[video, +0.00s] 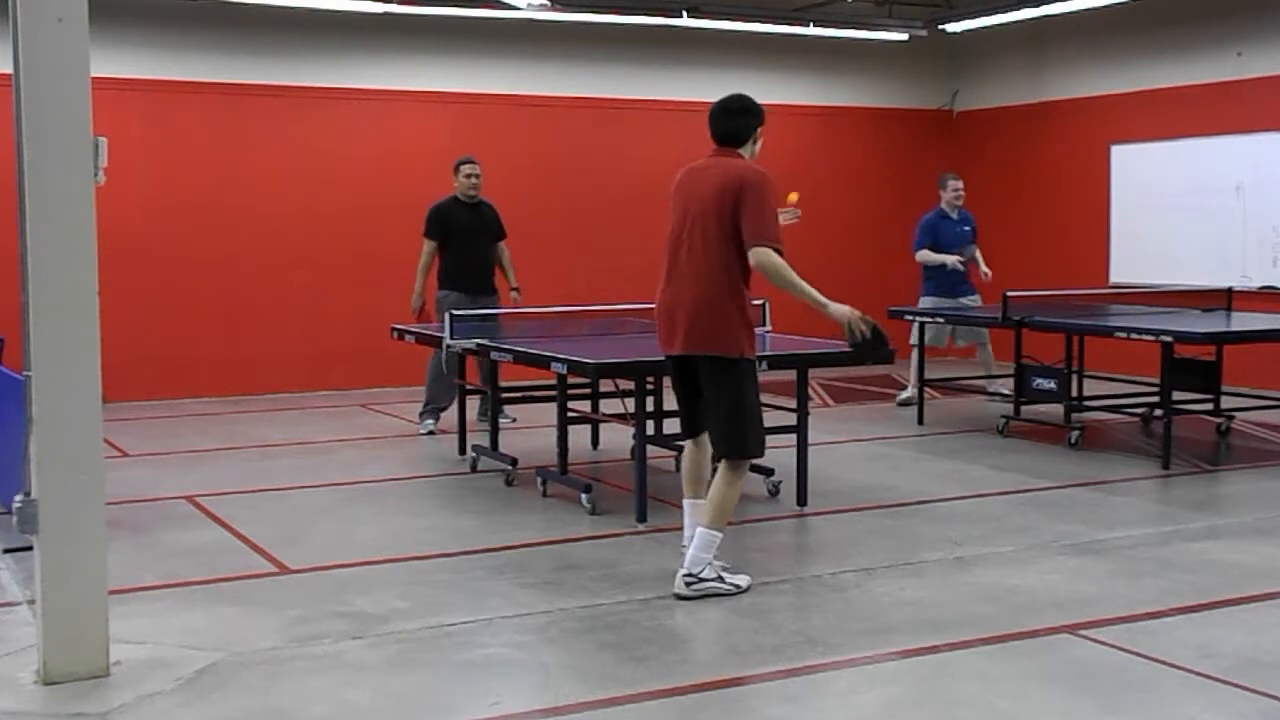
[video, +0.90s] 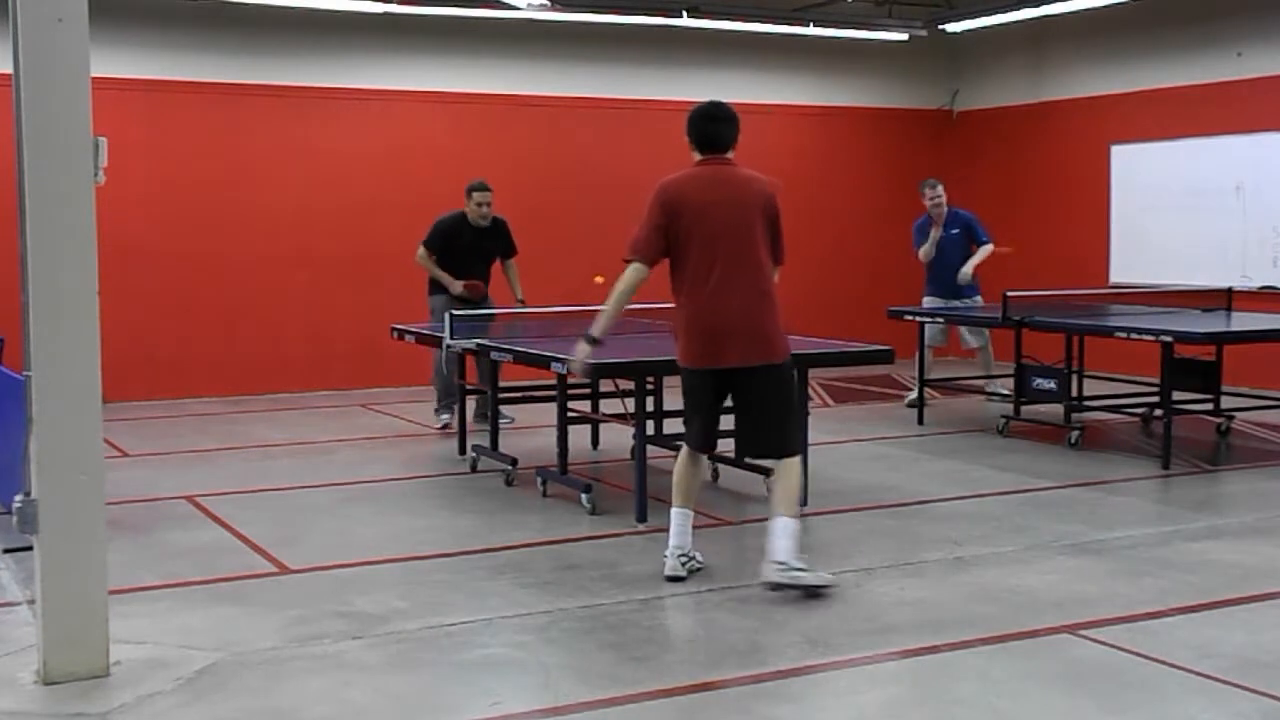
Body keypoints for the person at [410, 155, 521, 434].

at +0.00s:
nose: (473, 181)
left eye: (477, 176)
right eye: (468, 176)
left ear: (482, 180)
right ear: (456, 180)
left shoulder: (488, 211)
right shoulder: (441, 211)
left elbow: (501, 248)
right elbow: (428, 252)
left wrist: (513, 284)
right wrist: (418, 292)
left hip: (486, 295)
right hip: (453, 295)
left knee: (491, 352)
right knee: (448, 352)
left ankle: (490, 407)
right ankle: (431, 412)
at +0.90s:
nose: (485, 211)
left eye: (489, 205)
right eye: (479, 205)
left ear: (493, 204)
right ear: (467, 204)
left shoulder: (499, 228)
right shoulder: (447, 226)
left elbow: (507, 261)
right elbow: (422, 256)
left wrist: (518, 294)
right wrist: (450, 282)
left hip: (480, 296)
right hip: (446, 296)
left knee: (488, 350)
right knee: (448, 349)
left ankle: (486, 408)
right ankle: (445, 408)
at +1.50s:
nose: (493, 240)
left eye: (496, 234)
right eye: (488, 234)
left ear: (498, 229)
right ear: (473, 228)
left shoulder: (473, 232)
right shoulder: (459, 245)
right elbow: (489, 264)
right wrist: (521, 272)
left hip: (452, 302)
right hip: (427, 303)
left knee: (459, 354)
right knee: (438, 361)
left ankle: (457, 406)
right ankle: (453, 416)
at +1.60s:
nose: (492, 236)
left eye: (495, 230)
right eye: (487, 230)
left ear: (499, 225)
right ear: (472, 224)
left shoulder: (474, 230)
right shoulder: (457, 239)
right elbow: (475, 259)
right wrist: (507, 268)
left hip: (449, 301)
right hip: (426, 302)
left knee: (460, 351)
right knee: (438, 360)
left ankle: (445, 404)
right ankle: (455, 417)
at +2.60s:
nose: (463, 215)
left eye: (466, 209)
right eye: (457, 209)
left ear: (471, 208)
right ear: (445, 209)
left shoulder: (480, 231)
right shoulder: (431, 229)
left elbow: (491, 264)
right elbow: (397, 255)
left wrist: (497, 289)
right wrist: (419, 283)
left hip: (462, 301)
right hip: (427, 300)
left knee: (481, 350)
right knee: (417, 349)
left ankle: (488, 404)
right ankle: (403, 411)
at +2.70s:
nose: (466, 226)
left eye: (470, 220)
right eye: (460, 221)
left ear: (475, 220)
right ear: (450, 220)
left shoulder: (483, 241)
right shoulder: (434, 236)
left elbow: (494, 271)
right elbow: (397, 257)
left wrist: (501, 293)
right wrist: (421, 287)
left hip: (463, 304)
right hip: (429, 303)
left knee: (482, 349)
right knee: (423, 349)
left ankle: (488, 405)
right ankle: (405, 412)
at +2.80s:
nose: (466, 237)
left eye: (470, 231)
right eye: (461, 231)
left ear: (476, 229)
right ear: (450, 228)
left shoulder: (480, 246)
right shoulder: (433, 241)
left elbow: (494, 278)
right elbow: (394, 262)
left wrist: (502, 301)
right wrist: (421, 290)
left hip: (458, 303)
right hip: (423, 303)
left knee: (481, 345)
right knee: (417, 348)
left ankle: (487, 404)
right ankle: (405, 411)